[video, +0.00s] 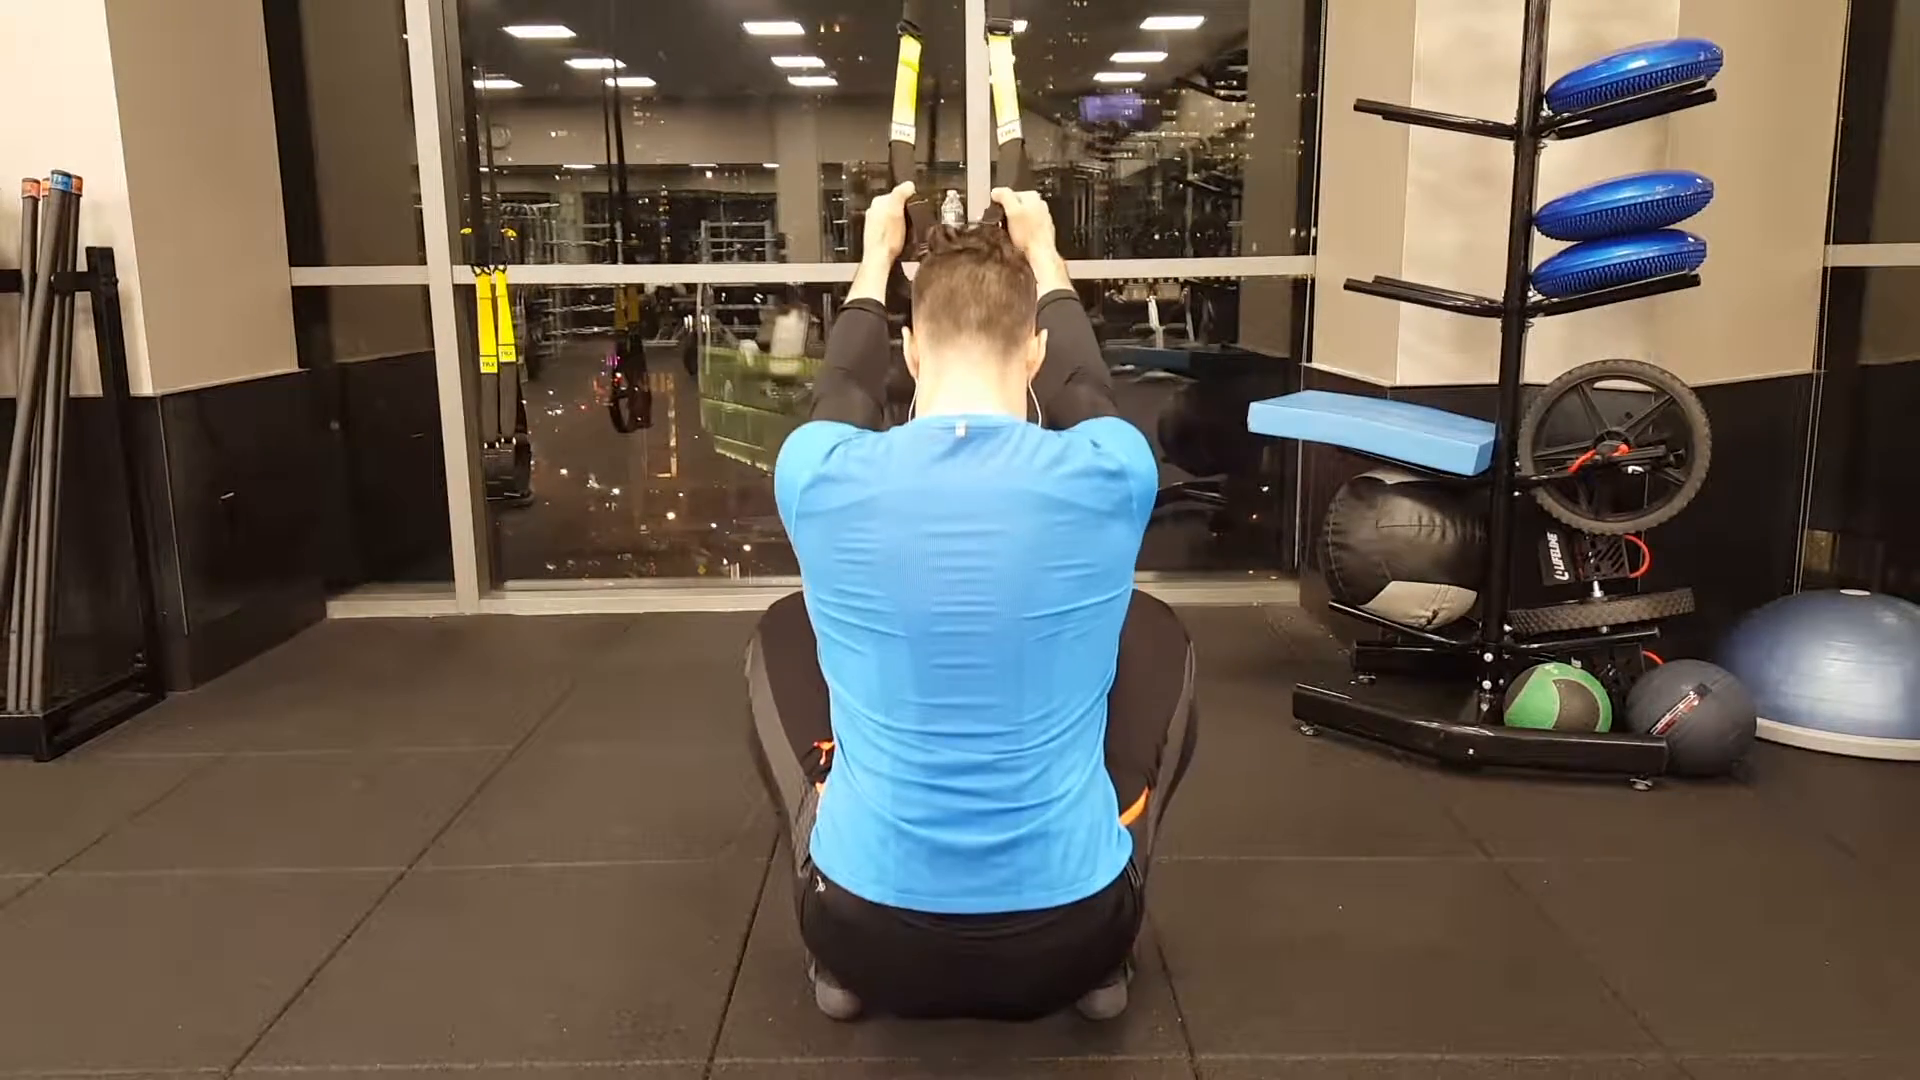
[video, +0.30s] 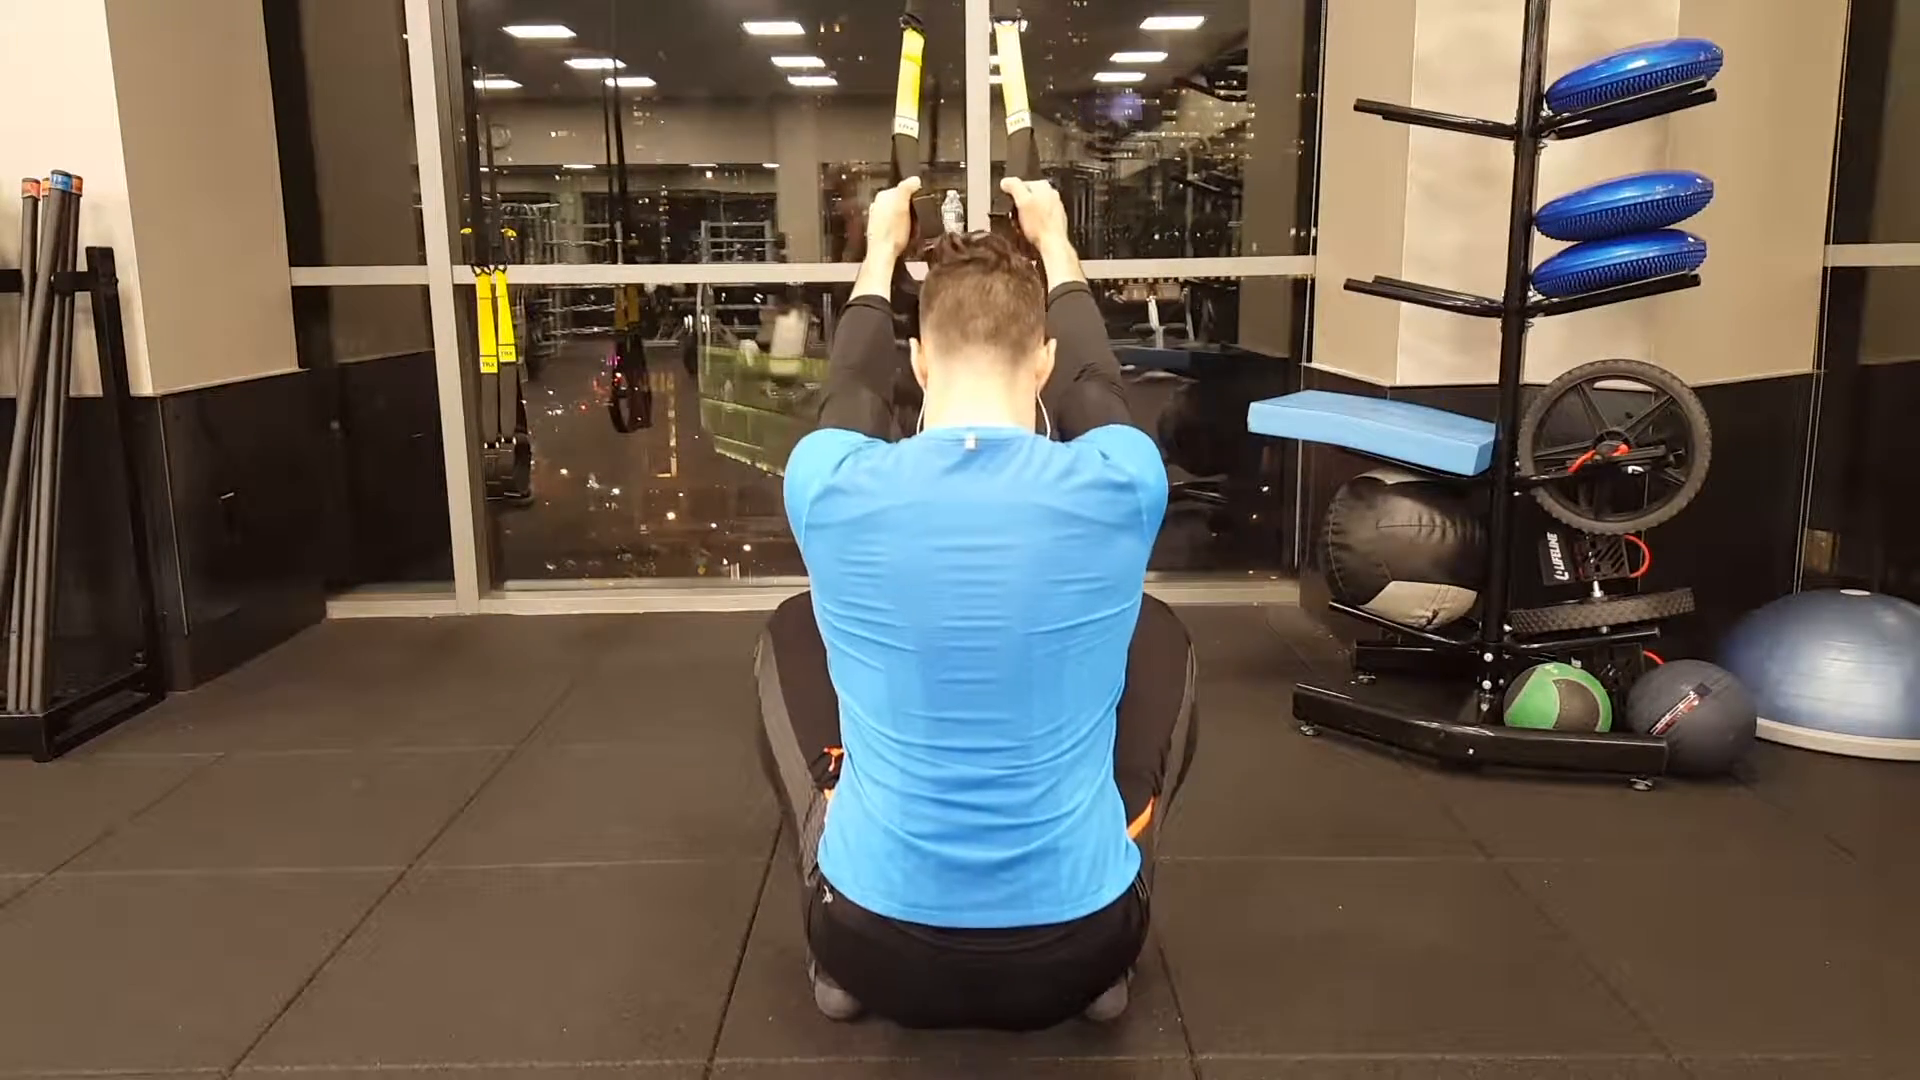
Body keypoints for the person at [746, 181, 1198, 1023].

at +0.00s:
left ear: (910, 353)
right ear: (1034, 353)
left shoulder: (819, 480)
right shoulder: (1112, 477)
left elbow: (848, 385)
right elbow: (1082, 381)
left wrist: (872, 267)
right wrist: (1048, 263)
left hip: (875, 946)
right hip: (1059, 949)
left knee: (843, 737)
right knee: (1137, 641)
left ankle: (836, 967)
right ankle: (1106, 966)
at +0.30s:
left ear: (918, 363)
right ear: (1045, 366)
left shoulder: (828, 489)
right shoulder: (1121, 487)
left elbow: (853, 393)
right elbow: (1093, 382)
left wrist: (875, 264)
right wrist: (1060, 254)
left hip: (883, 959)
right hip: (1067, 962)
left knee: (799, 616)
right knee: (1152, 619)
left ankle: (836, 958)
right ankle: (1109, 960)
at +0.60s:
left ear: (951, 357)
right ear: (1078, 364)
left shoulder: (861, 485)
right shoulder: (1157, 487)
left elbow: (866, 398)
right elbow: (1118, 400)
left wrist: (884, 270)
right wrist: (1074, 261)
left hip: (915, 956)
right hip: (1102, 960)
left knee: (824, 614)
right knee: (1175, 628)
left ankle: (841, 933)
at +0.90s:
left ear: (1014, 362)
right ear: (1145, 366)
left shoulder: (940, 484)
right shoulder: (1227, 490)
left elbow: (912, 387)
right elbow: (1162, 393)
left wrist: (916, 269)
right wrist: (1094, 260)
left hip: (970, 948)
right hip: (1154, 957)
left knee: (881, 620)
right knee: (1203, 626)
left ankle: (854, 933)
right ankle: (1206, 844)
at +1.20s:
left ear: (1096, 339)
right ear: (1224, 347)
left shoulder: (1019, 454)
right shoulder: (1305, 471)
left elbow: (955, 365)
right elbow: (1216, 368)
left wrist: (947, 262)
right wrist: (1145, 238)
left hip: (1019, 933)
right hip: (1201, 948)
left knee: (962, 622)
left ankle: (845, 787)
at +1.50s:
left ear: (1111, 362)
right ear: (1242, 373)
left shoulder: (1034, 481)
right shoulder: (1322, 488)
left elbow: (1000, 378)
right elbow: (1243, 398)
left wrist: (990, 252)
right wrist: (1165, 253)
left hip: (1059, 959)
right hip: (1240, 967)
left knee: (1006, 671)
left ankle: (952, 725)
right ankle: (958, 730)